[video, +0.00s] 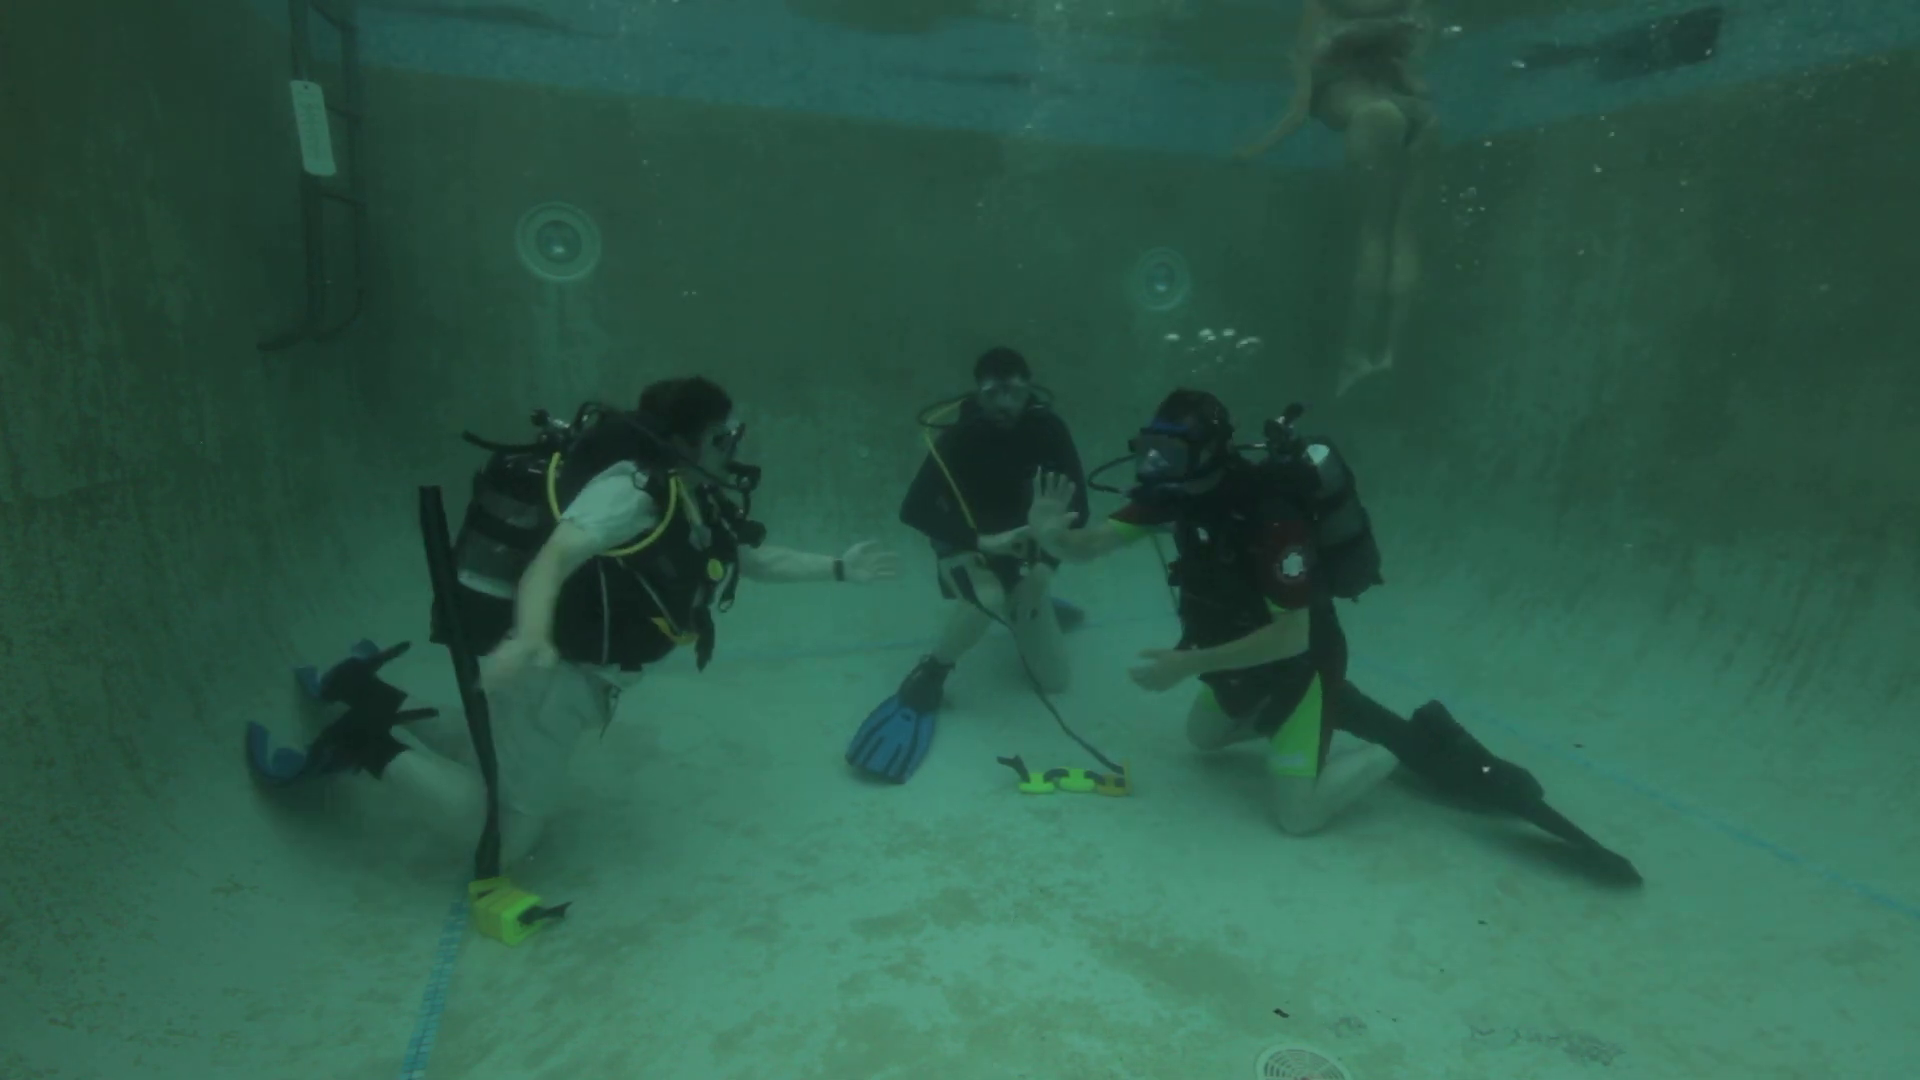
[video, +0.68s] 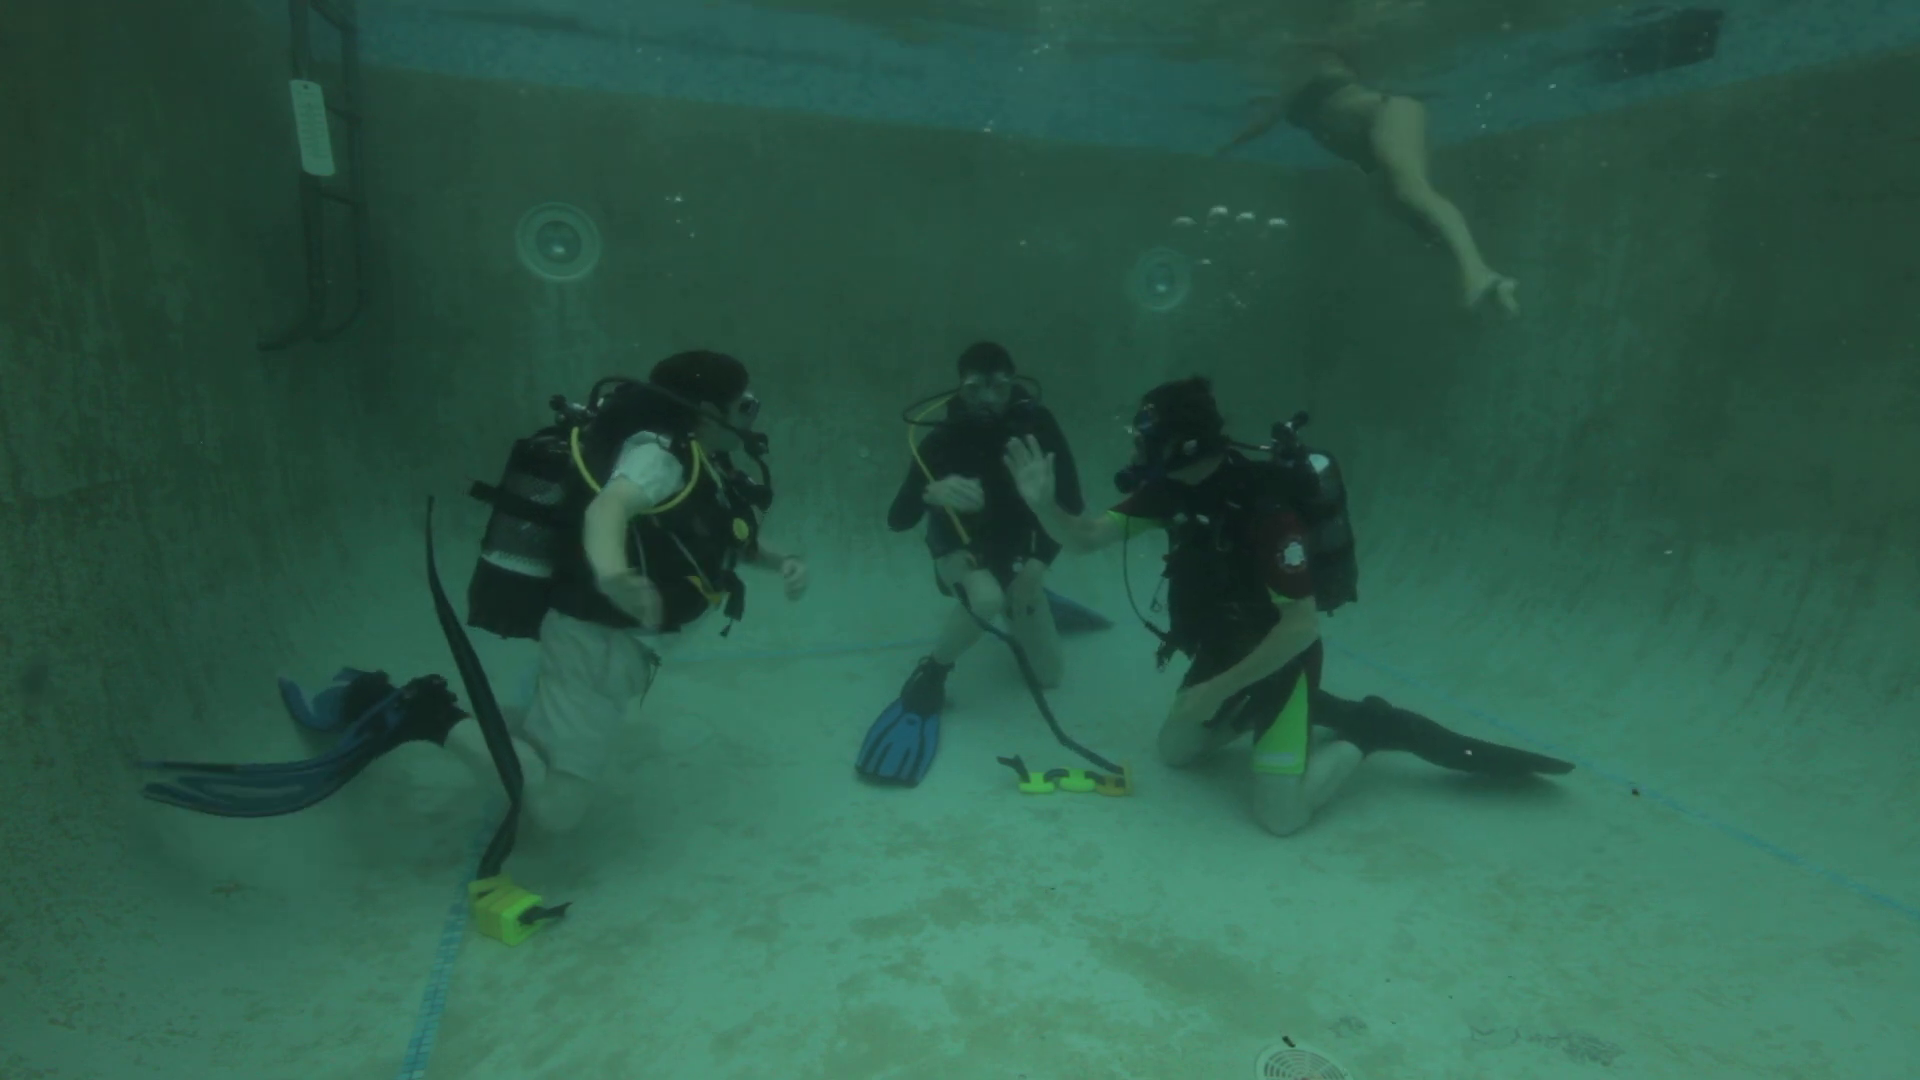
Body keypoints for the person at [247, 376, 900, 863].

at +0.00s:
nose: (734, 451)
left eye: (733, 438)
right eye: (726, 439)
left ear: (693, 440)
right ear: (691, 442)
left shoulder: (695, 494)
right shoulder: (632, 488)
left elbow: (750, 556)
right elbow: (550, 558)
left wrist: (835, 565)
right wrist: (530, 635)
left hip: (595, 665)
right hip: (541, 663)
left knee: (527, 782)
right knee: (509, 831)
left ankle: (377, 704)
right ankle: (369, 746)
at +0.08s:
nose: (734, 447)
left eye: (733, 434)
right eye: (725, 435)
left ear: (695, 439)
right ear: (687, 439)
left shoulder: (697, 490)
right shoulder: (635, 485)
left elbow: (750, 555)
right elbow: (564, 564)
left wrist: (829, 570)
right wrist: (575, 635)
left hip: (591, 665)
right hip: (545, 666)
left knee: (518, 754)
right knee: (519, 830)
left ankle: (374, 709)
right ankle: (379, 745)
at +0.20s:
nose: (730, 443)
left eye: (729, 431)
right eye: (721, 431)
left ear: (688, 432)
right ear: (686, 434)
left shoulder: (692, 482)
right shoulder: (640, 479)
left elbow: (725, 553)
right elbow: (585, 559)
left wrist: (782, 578)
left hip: (596, 660)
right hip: (560, 659)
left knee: (529, 781)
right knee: (530, 830)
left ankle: (366, 710)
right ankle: (382, 736)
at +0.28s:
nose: (729, 439)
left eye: (728, 427)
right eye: (722, 427)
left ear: (684, 423)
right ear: (687, 425)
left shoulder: (684, 470)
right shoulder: (640, 471)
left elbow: (715, 537)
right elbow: (597, 551)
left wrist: (759, 573)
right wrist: (682, 603)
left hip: (602, 650)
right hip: (569, 651)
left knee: (535, 781)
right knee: (540, 816)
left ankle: (388, 721)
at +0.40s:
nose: (735, 435)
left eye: (734, 422)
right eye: (726, 423)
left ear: (684, 420)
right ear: (692, 424)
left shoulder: (679, 464)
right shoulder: (646, 465)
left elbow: (693, 548)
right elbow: (608, 537)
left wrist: (734, 582)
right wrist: (702, 584)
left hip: (600, 646)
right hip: (575, 648)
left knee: (536, 773)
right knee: (544, 820)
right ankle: (416, 722)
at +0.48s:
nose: (745, 428)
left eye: (745, 415)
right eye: (736, 416)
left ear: (696, 420)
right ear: (699, 421)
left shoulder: (690, 464)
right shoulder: (649, 459)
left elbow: (700, 544)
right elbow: (608, 527)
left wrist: (745, 581)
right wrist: (691, 582)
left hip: (609, 646)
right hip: (582, 646)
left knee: (521, 760)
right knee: (551, 815)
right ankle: (434, 719)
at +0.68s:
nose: (749, 419)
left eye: (749, 407)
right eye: (742, 406)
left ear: (703, 409)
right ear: (706, 409)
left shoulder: (703, 461)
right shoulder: (659, 453)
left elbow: (719, 532)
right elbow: (606, 508)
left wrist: (777, 560)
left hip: (623, 637)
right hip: (593, 636)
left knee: (549, 740)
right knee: (559, 806)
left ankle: (444, 715)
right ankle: (440, 720)